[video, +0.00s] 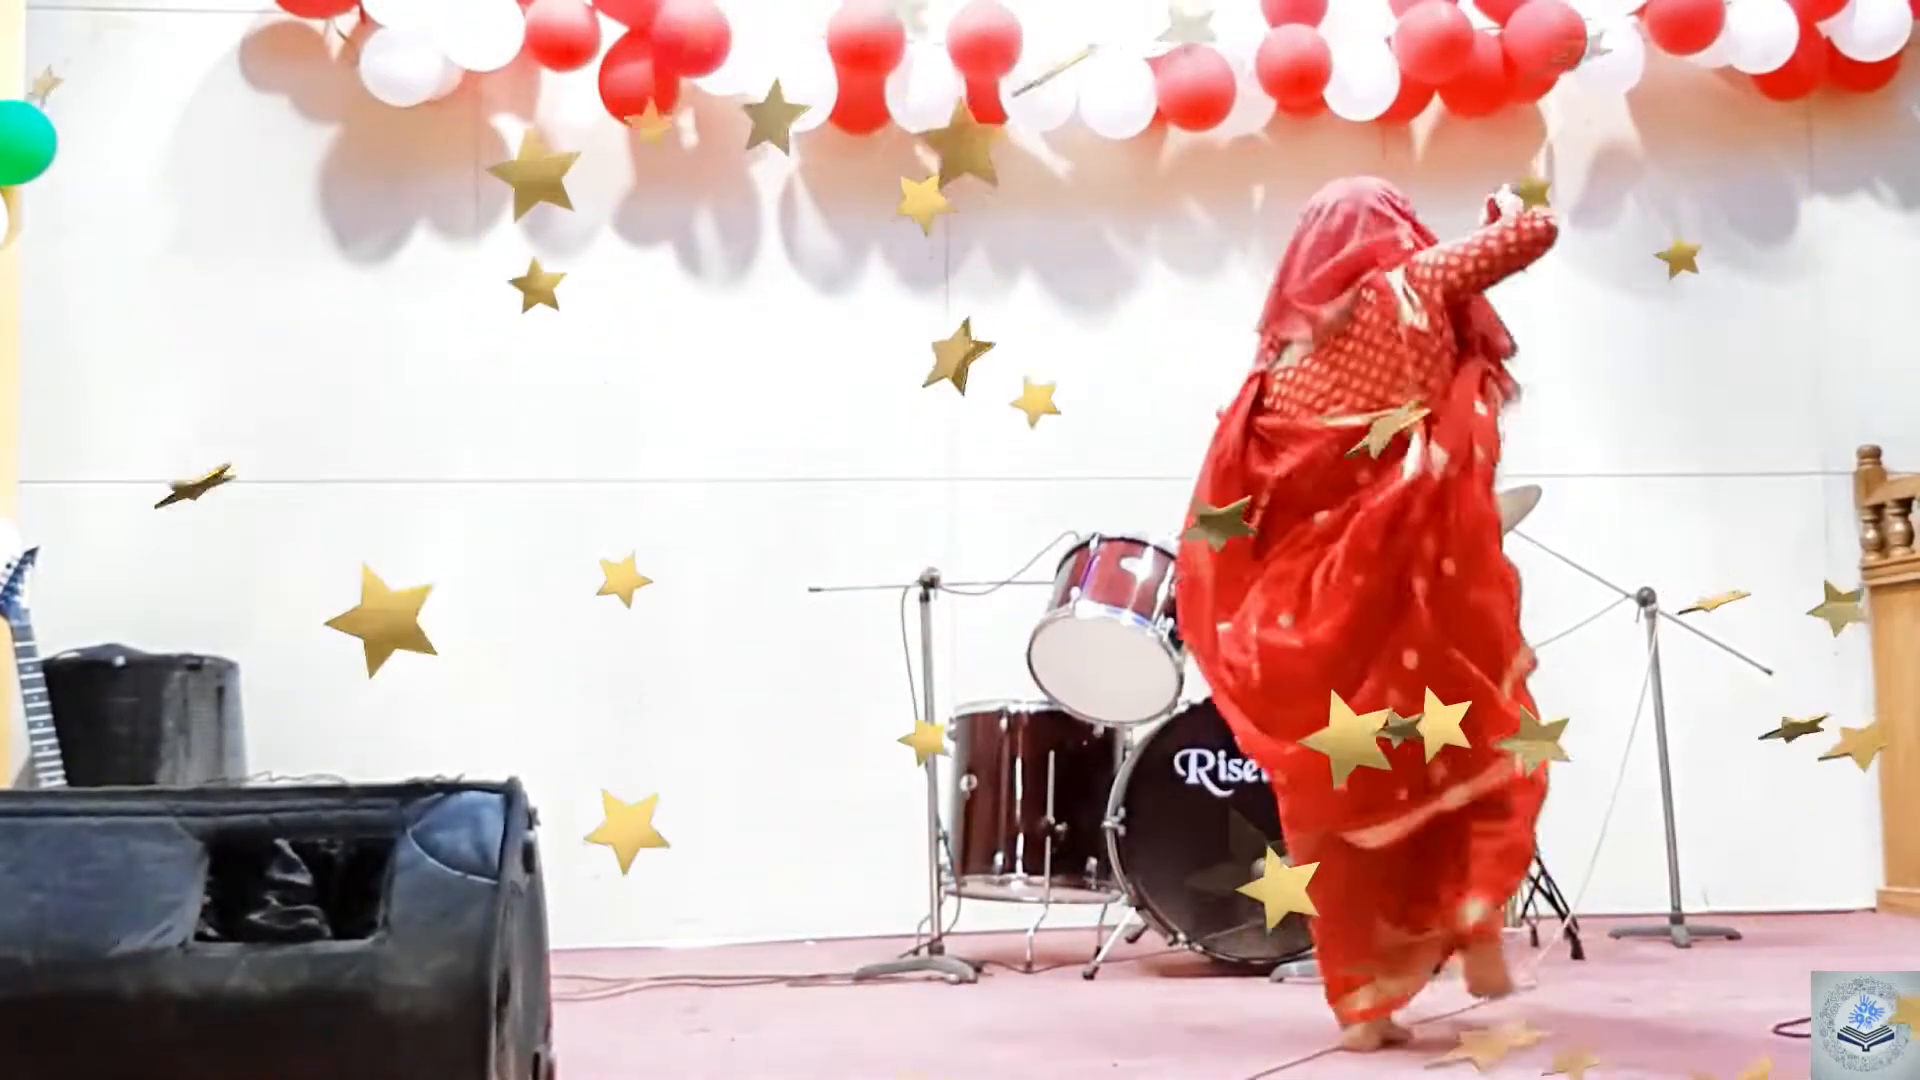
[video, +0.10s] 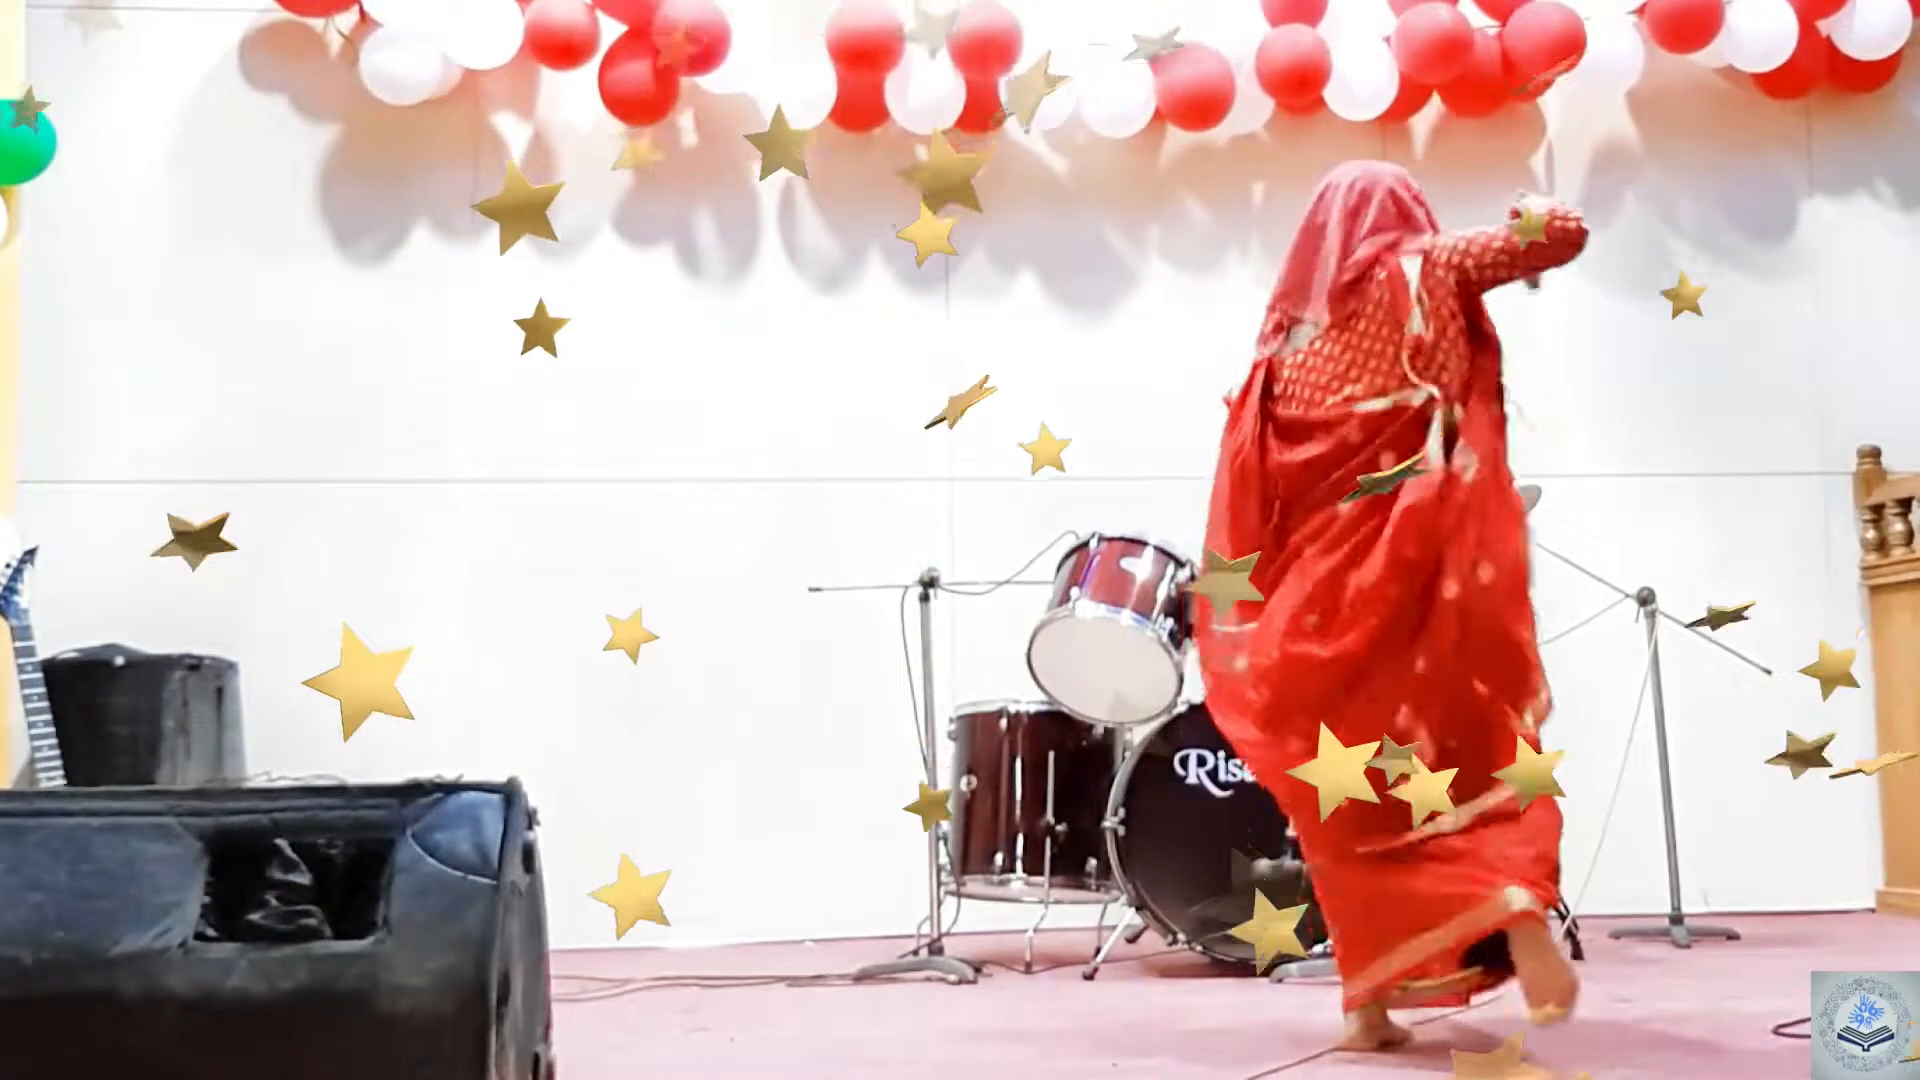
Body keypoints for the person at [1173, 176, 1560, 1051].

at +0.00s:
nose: (1415, 237)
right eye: (1407, 225)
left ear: (1303, 253)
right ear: (1399, 233)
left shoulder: (1275, 368)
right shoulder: (1416, 288)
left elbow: (1238, 499)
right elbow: (1530, 232)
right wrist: (1514, 216)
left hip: (1314, 599)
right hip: (1428, 581)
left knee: (1337, 792)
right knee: (1474, 748)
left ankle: (1363, 1000)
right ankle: (1476, 909)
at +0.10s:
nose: (1417, 230)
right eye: (1415, 217)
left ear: (1314, 237)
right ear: (1411, 221)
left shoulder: (1278, 357)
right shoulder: (1431, 268)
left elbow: (1241, 514)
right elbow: (1556, 238)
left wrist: (1243, 612)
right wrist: (1537, 224)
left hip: (1326, 577)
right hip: (1440, 551)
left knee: (1338, 787)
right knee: (1492, 745)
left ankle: (1366, 997)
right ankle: (1521, 899)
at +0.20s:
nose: (1501, 233)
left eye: (1488, 214)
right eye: (1494, 216)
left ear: (1386, 229)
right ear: (1486, 222)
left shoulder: (1341, 338)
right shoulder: (1511, 276)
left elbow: (1324, 501)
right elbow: (1639, 283)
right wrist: (1653, 314)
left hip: (1400, 608)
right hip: (1524, 596)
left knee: (1421, 793)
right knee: (1570, 782)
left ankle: (1426, 1006)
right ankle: (1609, 1015)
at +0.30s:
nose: (1524, 272)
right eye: (1515, 250)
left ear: (1401, 259)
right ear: (1508, 257)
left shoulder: (1357, 372)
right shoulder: (1521, 332)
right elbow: (1609, 410)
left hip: (1430, 640)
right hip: (1540, 638)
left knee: (1459, 818)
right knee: (1580, 817)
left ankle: (1460, 1009)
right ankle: (1589, 1025)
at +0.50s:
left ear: (1400, 264)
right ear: (1504, 259)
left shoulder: (1366, 373)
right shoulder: (1546, 352)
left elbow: (1308, 434)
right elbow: (1637, 432)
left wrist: (1273, 414)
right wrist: (1704, 458)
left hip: (1450, 629)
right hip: (1564, 614)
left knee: (1474, 827)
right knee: (1594, 817)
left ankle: (1488, 1021)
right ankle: (1619, 1028)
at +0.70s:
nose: (1417, 275)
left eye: (1412, 257)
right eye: (1416, 258)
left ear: (1370, 253)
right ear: (1484, 241)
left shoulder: (1369, 355)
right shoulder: (1535, 322)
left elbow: (1318, 468)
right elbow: (1564, 436)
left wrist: (1263, 539)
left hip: (1396, 594)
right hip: (1525, 574)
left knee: (1416, 792)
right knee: (1532, 754)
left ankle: (1460, 1008)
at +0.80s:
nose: (1354, 266)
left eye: (1361, 251)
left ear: (1369, 262)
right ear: (1474, 252)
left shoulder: (1361, 378)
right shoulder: (1521, 345)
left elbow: (1308, 503)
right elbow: (1542, 467)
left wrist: (1240, 586)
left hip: (1383, 610)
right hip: (1489, 598)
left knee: (1364, 794)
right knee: (1445, 771)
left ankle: (1459, 1013)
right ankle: (1502, 923)